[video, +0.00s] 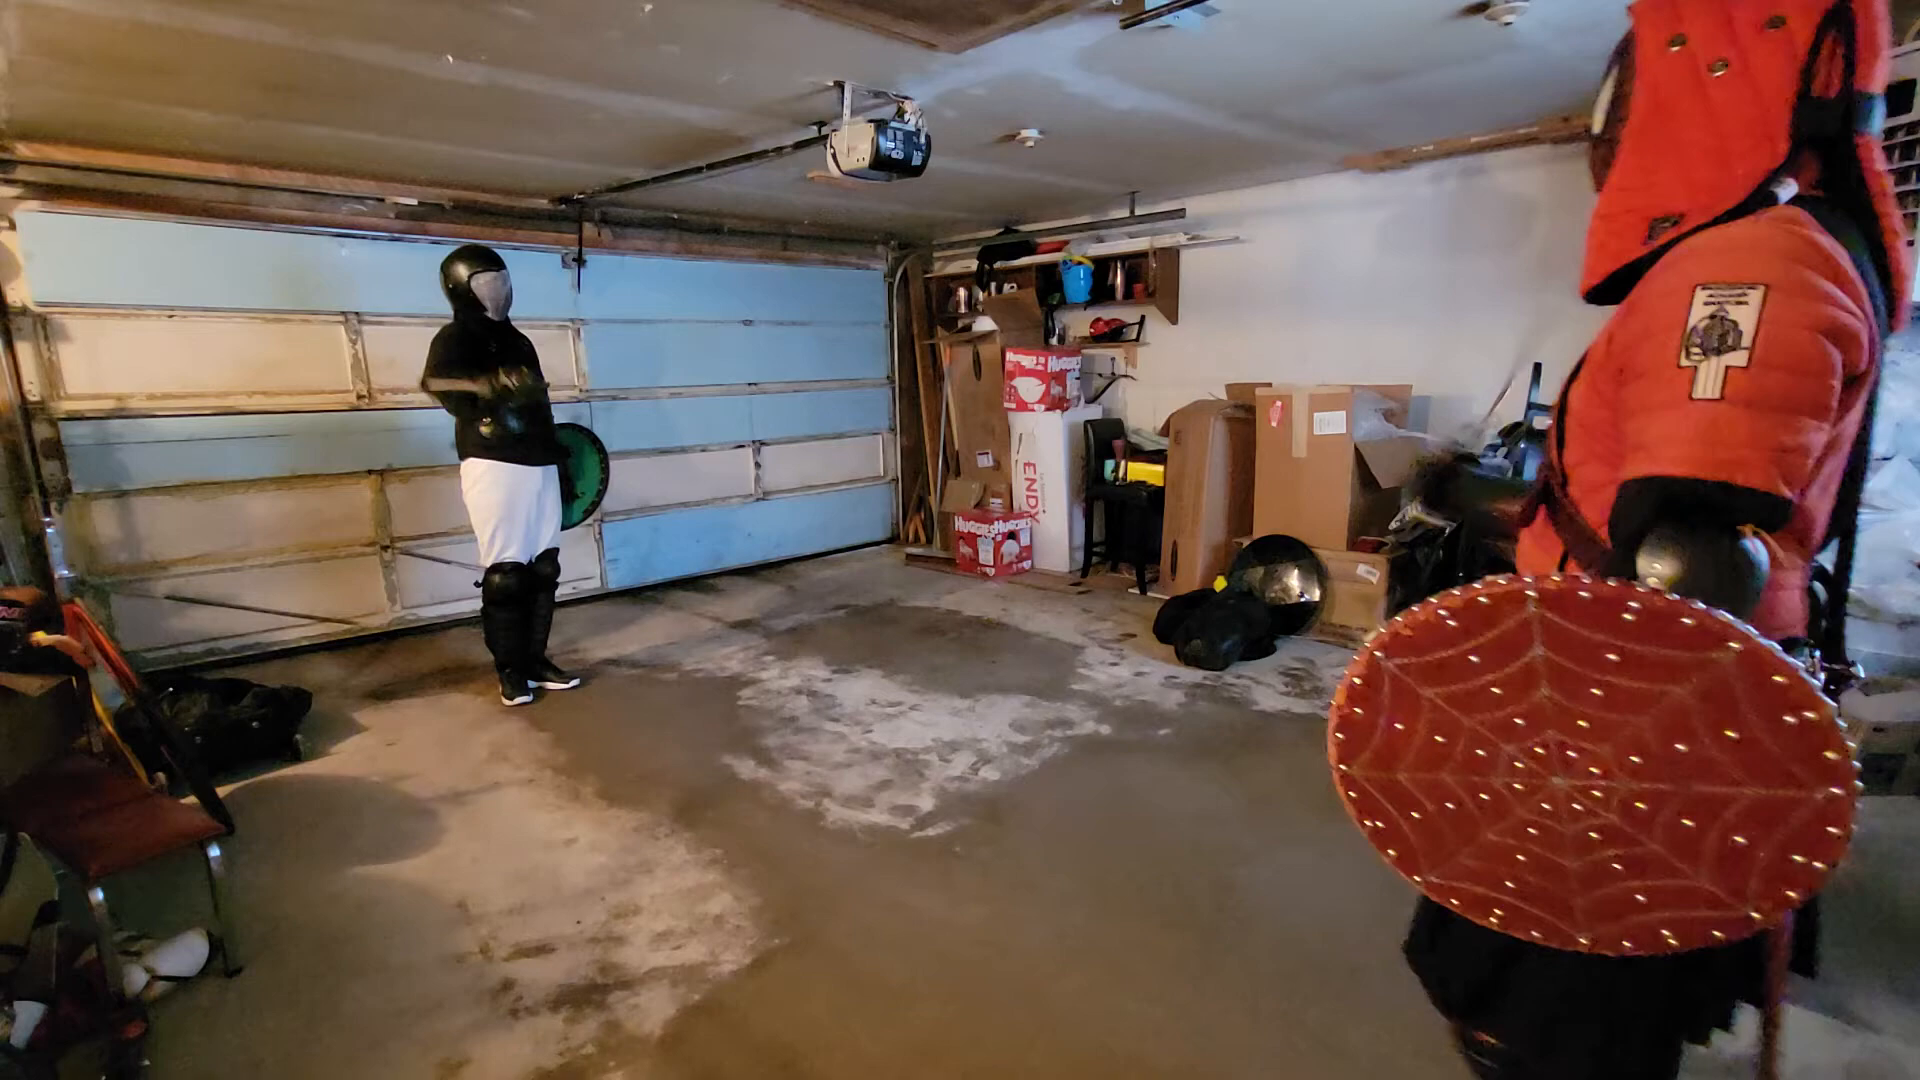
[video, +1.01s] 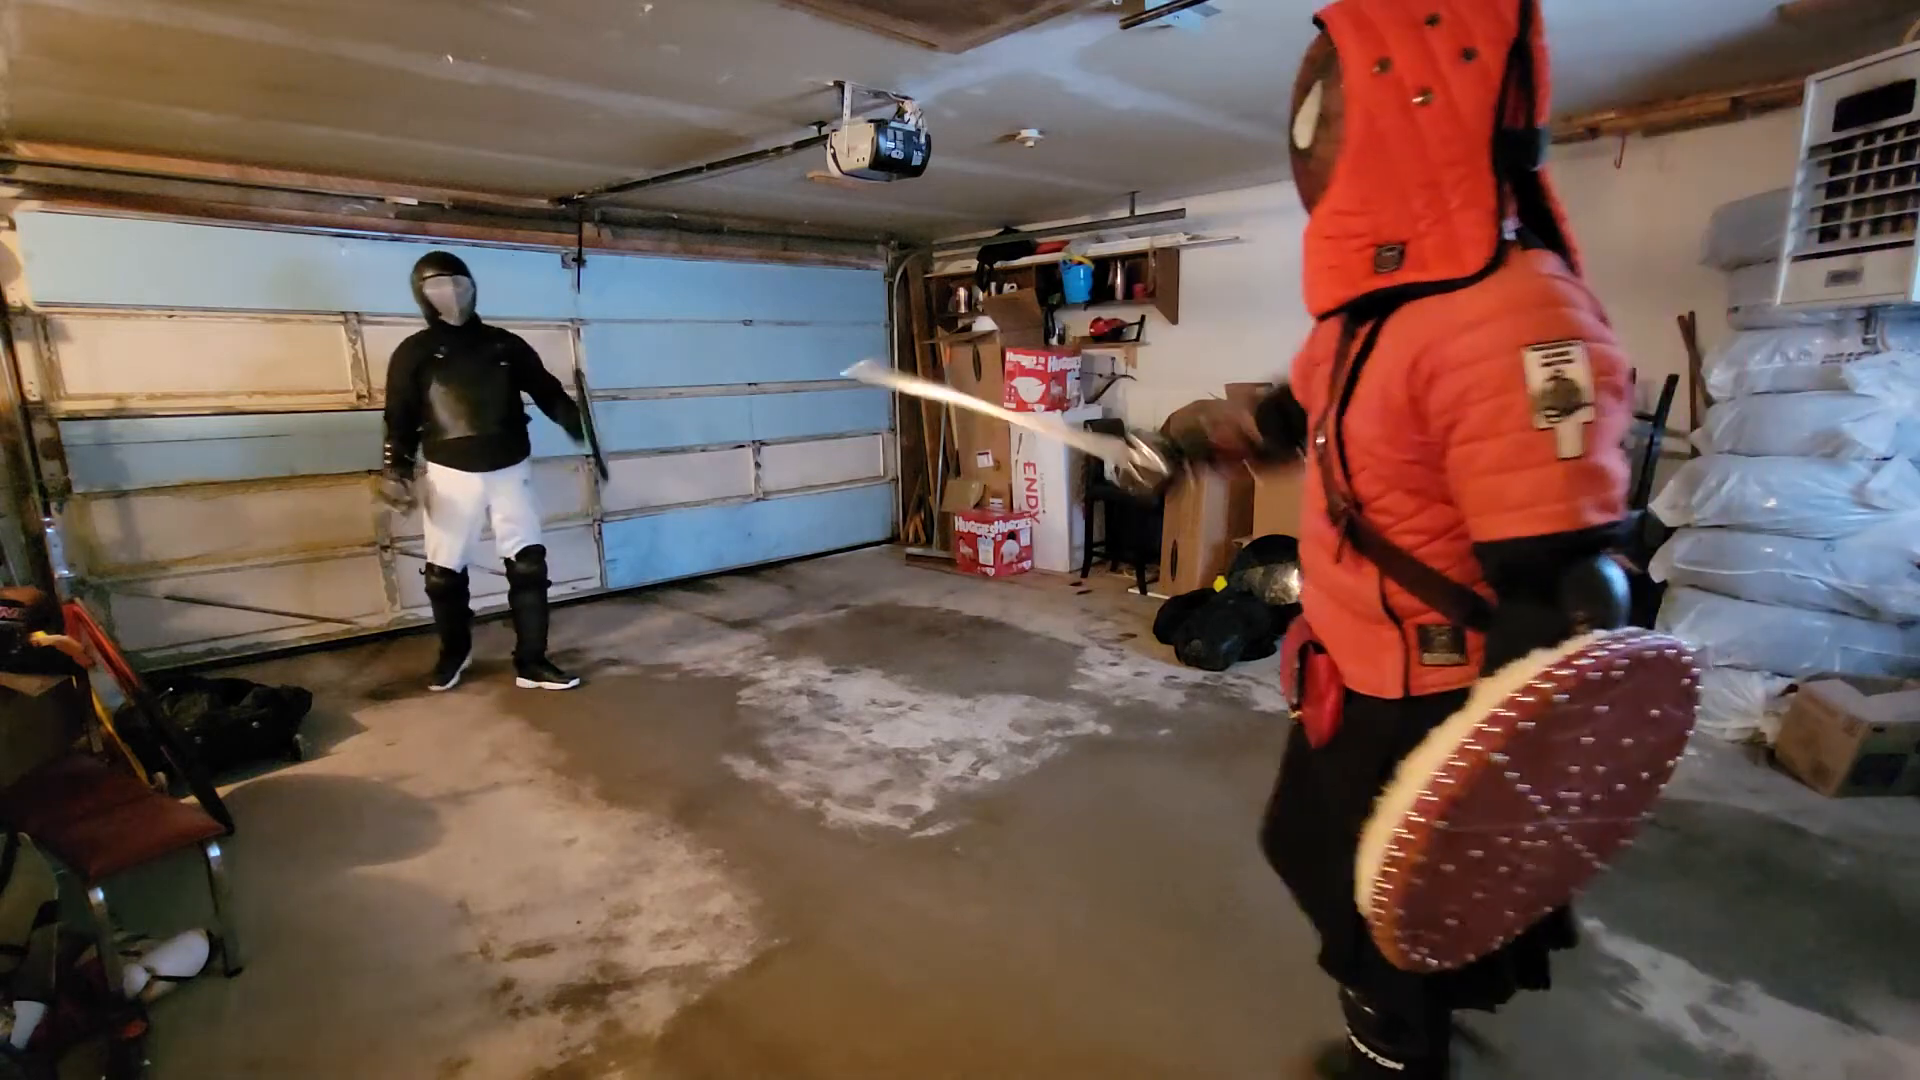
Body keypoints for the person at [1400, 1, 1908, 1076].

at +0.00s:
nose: (1607, 121)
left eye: (1636, 78)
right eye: (1618, 83)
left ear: (1720, 74)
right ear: (1735, 77)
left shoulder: (1762, 262)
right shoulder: (1737, 247)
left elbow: (1690, 595)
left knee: (1575, 1036)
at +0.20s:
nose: (1548, 128)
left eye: (1576, 88)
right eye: (1555, 93)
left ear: (1679, 83)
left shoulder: (1730, 259)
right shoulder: (1623, 281)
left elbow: (1675, 557)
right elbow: (1484, 474)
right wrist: (1369, 416)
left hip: (1619, 755)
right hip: (1521, 727)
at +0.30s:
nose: (1509, 132)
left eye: (1537, 92)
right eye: (1516, 96)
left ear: (1639, 92)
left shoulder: (1696, 274)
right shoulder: (1565, 296)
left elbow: (1663, 572)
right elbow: (1409, 460)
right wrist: (1305, 338)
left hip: (1562, 751)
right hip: (1488, 731)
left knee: (1429, 1009)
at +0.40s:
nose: (1471, 126)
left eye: (1502, 85)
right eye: (1477, 89)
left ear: (1605, 89)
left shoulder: (1676, 288)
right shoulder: (1513, 301)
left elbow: (1643, 592)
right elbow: (1373, 442)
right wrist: (1252, 375)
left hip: (1570, 764)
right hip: (1449, 746)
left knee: (1581, 1045)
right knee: (1418, 1027)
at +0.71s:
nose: (1360, 140)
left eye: (1384, 102)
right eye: (1361, 105)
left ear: (1484, 103)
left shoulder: (1577, 306)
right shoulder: (1416, 283)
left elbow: (1603, 603)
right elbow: (1282, 307)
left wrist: (1542, 787)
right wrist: (1141, 298)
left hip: (1507, 725)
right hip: (1404, 706)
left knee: (1541, 1009)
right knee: (1409, 991)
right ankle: (1410, 1067)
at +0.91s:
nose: (1320, 140)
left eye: (1347, 95)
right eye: (1324, 101)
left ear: (1443, 95)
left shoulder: (1547, 317)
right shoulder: (1393, 281)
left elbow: (1584, 621)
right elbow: (1286, 338)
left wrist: (1525, 836)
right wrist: (1173, 361)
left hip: (1459, 727)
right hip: (1374, 696)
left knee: (1415, 1008)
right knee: (1367, 920)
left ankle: (1419, 1061)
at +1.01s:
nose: (1304, 149)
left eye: (1327, 110)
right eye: (1306, 113)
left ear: (1426, 111)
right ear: (1400, 115)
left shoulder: (1516, 318)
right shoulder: (1379, 285)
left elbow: (1565, 606)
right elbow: (1346, 407)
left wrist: (1495, 808)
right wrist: (1248, 424)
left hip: (1435, 702)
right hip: (1349, 671)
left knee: (1384, 898)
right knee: (1304, 841)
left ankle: (1393, 1050)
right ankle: (1392, 993)